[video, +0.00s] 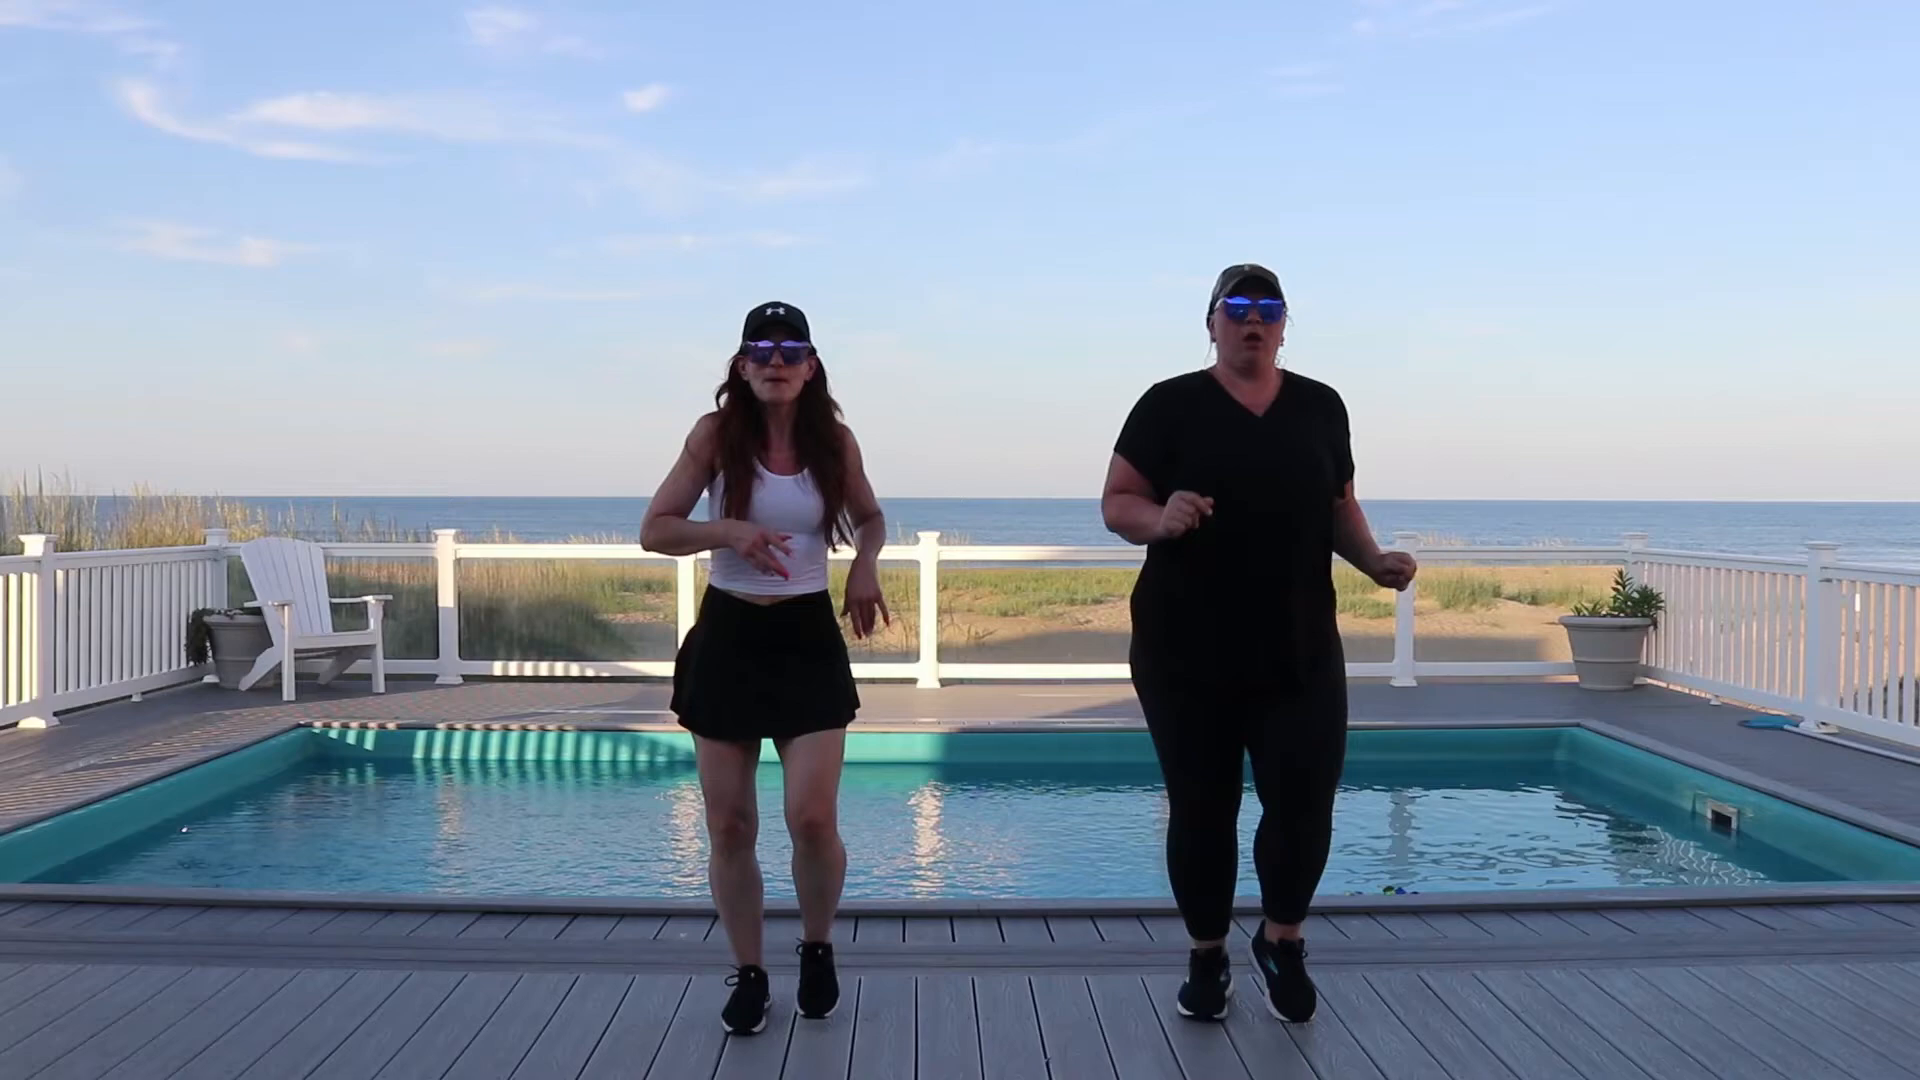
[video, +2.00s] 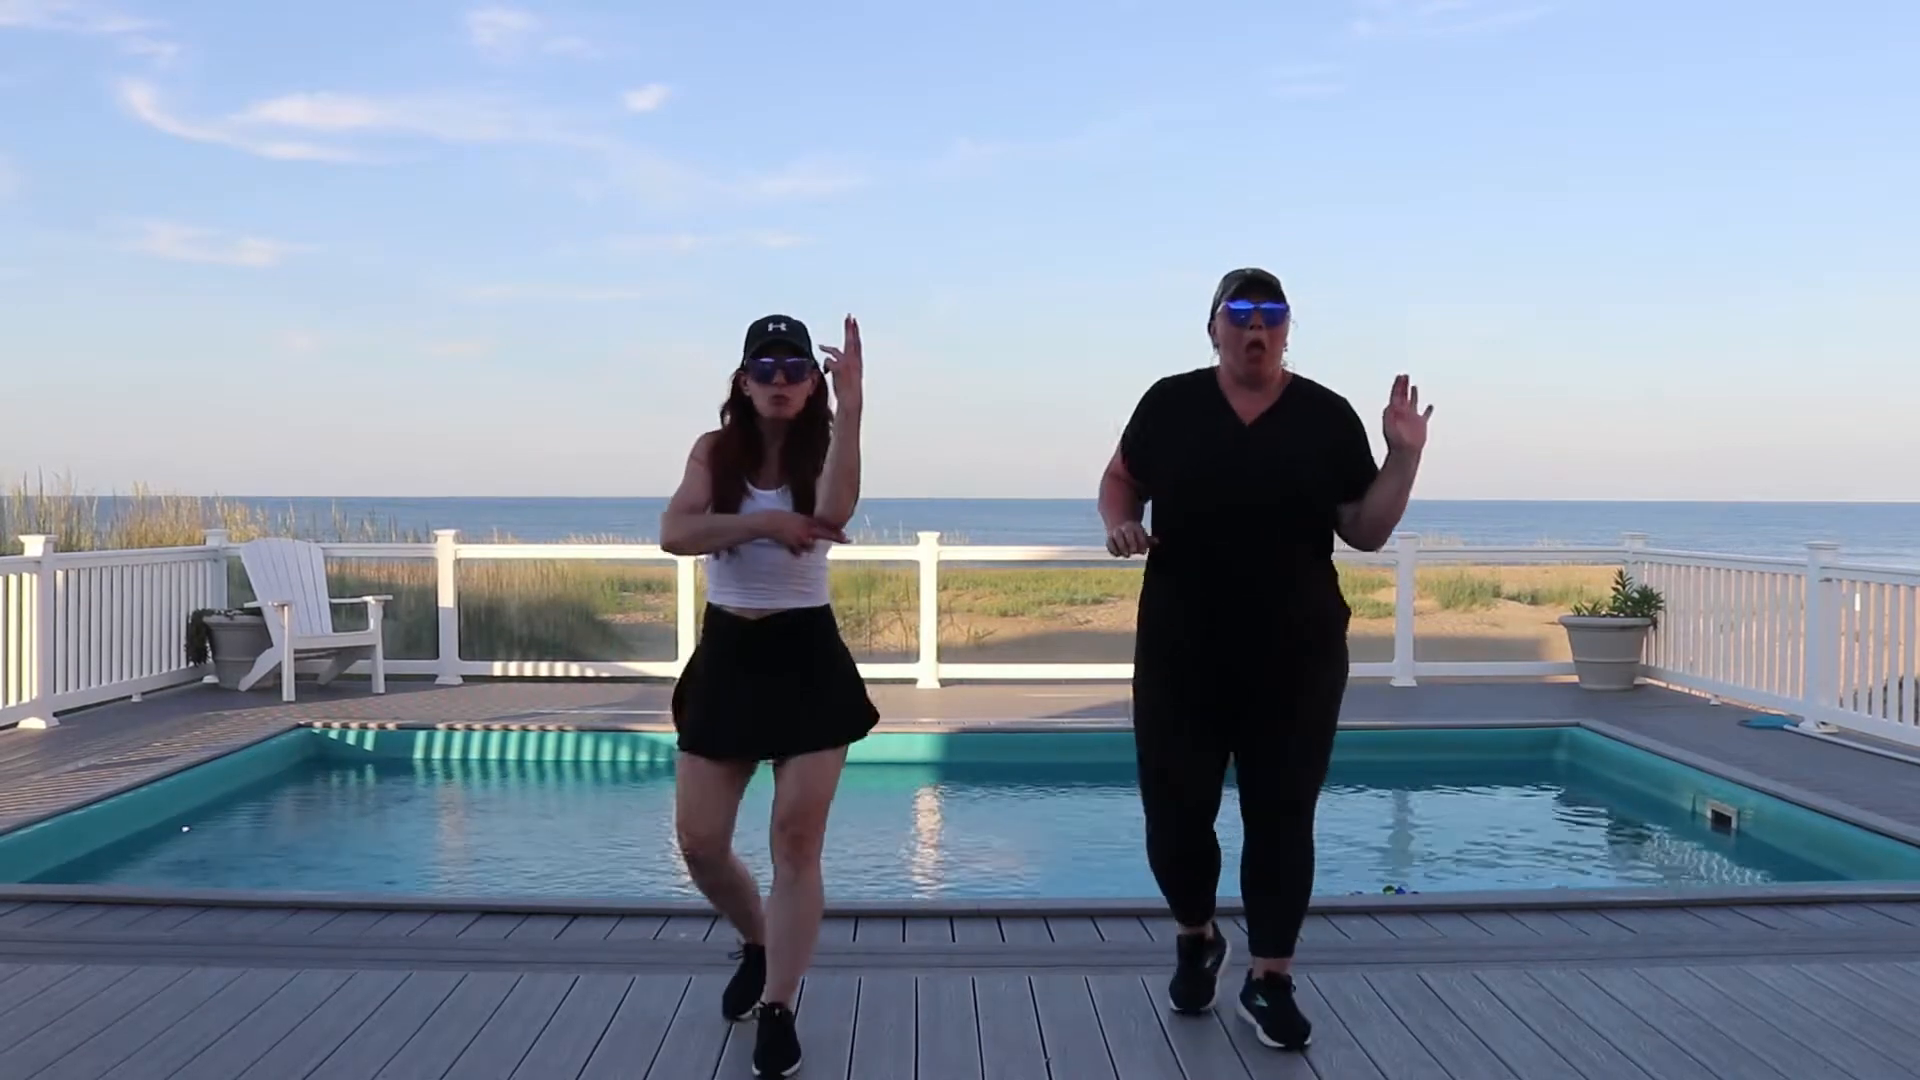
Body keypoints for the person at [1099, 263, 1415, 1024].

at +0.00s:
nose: (1255, 322)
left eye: (1268, 311)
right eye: (1239, 311)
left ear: (1284, 325)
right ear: (1212, 323)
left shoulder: (1320, 408)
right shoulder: (1166, 406)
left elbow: (1339, 506)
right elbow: (1118, 505)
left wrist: (1373, 556)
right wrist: (1159, 519)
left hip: (1298, 644)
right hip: (1189, 648)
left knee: (1305, 803)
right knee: (1201, 808)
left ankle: (1282, 942)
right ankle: (1208, 954)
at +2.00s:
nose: (1258, 329)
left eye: (1271, 318)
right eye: (1242, 317)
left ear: (1288, 329)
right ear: (1215, 328)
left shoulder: (1328, 418)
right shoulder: (1168, 404)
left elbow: (1365, 530)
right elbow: (1122, 478)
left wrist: (1404, 457)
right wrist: (1120, 522)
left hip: (1294, 653)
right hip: (1182, 650)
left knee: (1284, 815)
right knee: (1175, 813)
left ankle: (1273, 976)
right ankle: (1196, 939)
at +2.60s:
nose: (1264, 365)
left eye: (1279, 350)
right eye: (1249, 348)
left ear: (1296, 343)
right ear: (1223, 340)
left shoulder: (1335, 415)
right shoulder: (1179, 420)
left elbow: (1393, 495)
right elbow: (1144, 531)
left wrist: (1403, 579)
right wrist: (1178, 459)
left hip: (1301, 654)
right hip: (1195, 655)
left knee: (1273, 806)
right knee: (1207, 809)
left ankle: (1250, 957)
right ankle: (1201, 979)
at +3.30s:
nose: (1249, 323)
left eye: (1263, 312)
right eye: (1233, 311)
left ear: (1281, 325)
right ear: (1207, 323)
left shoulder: (1326, 407)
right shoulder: (1169, 401)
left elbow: (1409, 464)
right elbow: (1164, 488)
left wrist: (1415, 490)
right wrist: (1251, 516)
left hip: (1295, 651)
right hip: (1184, 651)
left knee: (1302, 808)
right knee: (1198, 813)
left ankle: (1263, 944)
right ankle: (1199, 958)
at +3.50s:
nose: (1260, 316)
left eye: (1273, 306)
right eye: (1244, 306)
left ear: (1291, 324)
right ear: (1218, 323)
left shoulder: (1327, 412)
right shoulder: (1181, 405)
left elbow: (1368, 494)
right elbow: (1167, 508)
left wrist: (1362, 387)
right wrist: (1284, 518)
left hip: (1293, 645)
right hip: (1184, 646)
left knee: (1303, 808)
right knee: (1193, 808)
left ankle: (1324, 978)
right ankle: (1198, 962)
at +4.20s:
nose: (1287, 326)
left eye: (1299, 315)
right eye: (1271, 315)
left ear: (1315, 329)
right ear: (1241, 328)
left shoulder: (1356, 406)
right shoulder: (1206, 402)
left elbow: (1411, 478)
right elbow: (1174, 465)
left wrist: (1349, 507)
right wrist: (1221, 493)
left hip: (1331, 656)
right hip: (1221, 655)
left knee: (1305, 813)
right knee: (1222, 814)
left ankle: (1284, 964)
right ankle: (1219, 970)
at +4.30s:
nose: (1286, 329)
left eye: (1299, 319)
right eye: (1270, 318)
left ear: (1315, 332)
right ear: (1239, 330)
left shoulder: (1356, 411)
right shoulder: (1203, 411)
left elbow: (1402, 503)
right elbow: (1193, 493)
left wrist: (1302, 526)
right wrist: (1242, 402)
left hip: (1331, 659)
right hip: (1225, 658)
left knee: (1308, 815)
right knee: (1232, 818)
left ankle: (1284, 959)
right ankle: (1220, 989)